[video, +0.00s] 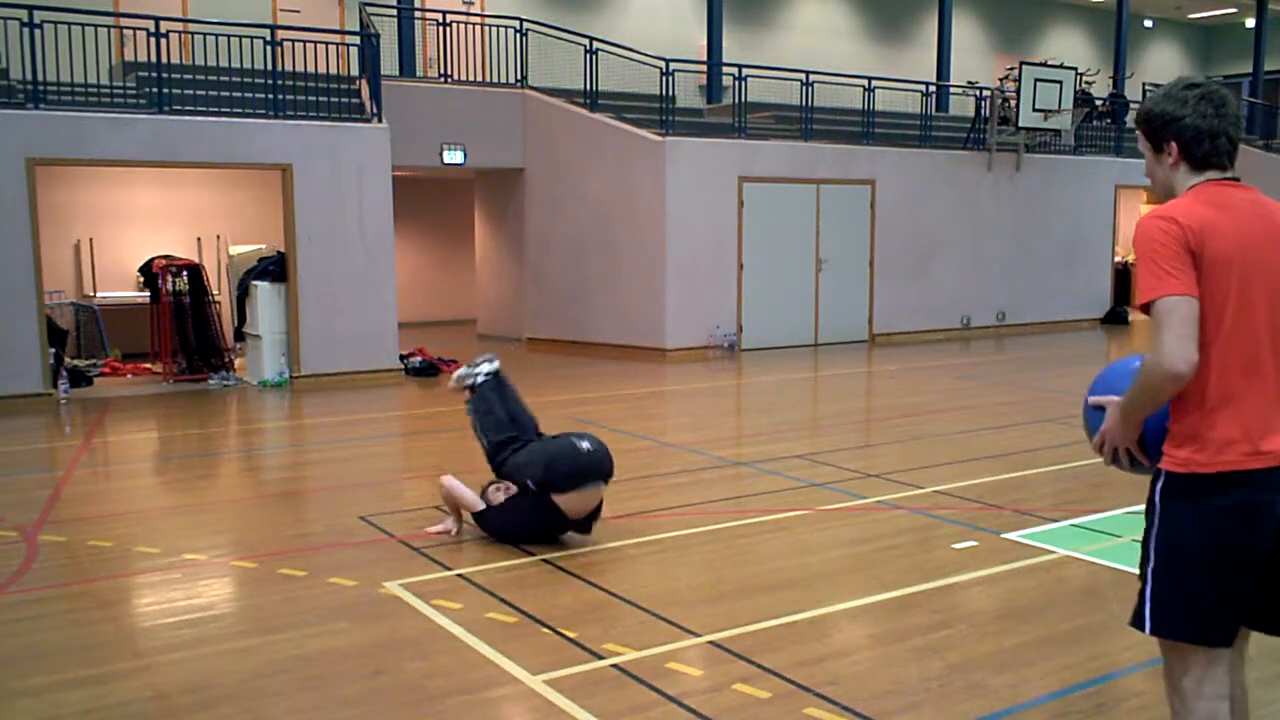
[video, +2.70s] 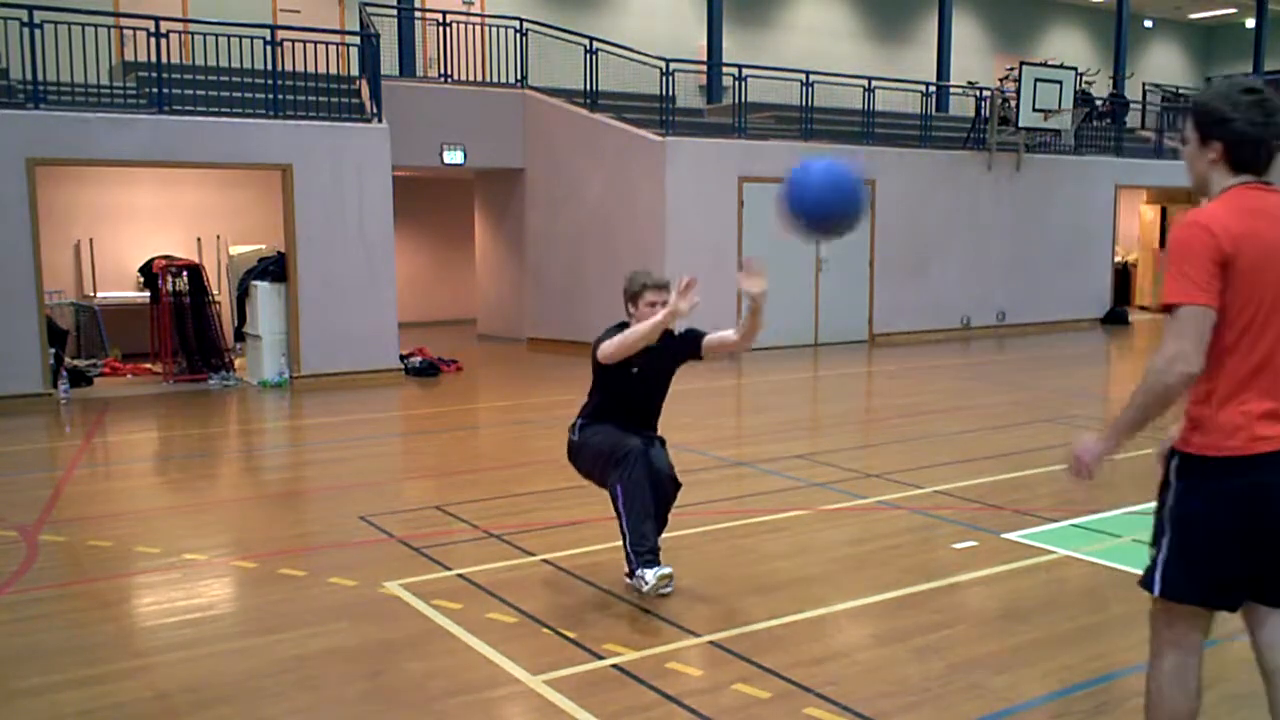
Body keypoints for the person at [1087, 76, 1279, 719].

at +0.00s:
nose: (1146, 170)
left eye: (1146, 154)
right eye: (1145, 155)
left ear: (1169, 150)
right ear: (1223, 147)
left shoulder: (1169, 221)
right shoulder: (1270, 213)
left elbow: (1175, 359)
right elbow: (1256, 343)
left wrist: (1126, 416)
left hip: (1208, 477)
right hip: (1269, 470)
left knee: (1196, 669)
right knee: (1229, 656)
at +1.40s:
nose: (1079, 221)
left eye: (1078, 208)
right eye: (1076, 208)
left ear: (1100, 206)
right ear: (1150, 197)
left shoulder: (1113, 268)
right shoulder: (1219, 245)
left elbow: (1142, 397)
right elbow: (1260, 346)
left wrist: (1133, 498)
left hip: (1217, 466)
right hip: (1274, 450)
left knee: (1189, 648)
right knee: (1272, 627)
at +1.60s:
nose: (1065, 216)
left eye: (1065, 203)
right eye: (1064, 203)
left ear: (1082, 201)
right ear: (1136, 194)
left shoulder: (1092, 265)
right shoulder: (1196, 243)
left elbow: (1078, 400)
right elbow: (1212, 376)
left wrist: (1047, 473)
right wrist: (1133, 450)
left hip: (1196, 460)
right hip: (1266, 445)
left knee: (1177, 642)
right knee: (1261, 622)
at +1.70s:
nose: (1063, 206)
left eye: (1063, 192)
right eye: (1063, 193)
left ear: (1081, 193)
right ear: (1134, 187)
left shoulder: (1090, 259)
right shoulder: (1198, 242)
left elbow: (1049, 392)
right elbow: (1168, 369)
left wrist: (995, 422)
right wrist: (1073, 409)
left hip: (1187, 460)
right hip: (1263, 445)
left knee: (1173, 645)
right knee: (1258, 624)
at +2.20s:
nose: (1086, 167)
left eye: (1087, 154)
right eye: (1086, 154)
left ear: (1106, 157)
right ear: (1160, 155)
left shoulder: (1111, 234)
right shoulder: (1212, 224)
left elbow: (1107, 364)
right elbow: (1218, 353)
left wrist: (1046, 439)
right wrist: (1123, 416)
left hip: (1162, 459)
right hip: (1239, 452)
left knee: (1149, 634)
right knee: (1219, 614)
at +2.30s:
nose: (1096, 165)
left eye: (1098, 151)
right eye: (1097, 152)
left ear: (1119, 155)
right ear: (1169, 153)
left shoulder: (1124, 231)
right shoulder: (1225, 224)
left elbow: (1134, 361)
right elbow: (1240, 332)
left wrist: (1085, 458)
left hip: (1166, 463)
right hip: (1242, 455)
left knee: (1147, 631)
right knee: (1223, 616)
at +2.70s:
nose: (1183, 153)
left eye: (1188, 140)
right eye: (1185, 140)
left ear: (1213, 148)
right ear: (1257, 147)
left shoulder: (1205, 226)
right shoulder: (1273, 210)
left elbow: (1182, 362)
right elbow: (1258, 351)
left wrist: (1106, 439)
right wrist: (1192, 432)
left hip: (1221, 458)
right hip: (1272, 453)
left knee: (1177, 631)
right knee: (1269, 616)